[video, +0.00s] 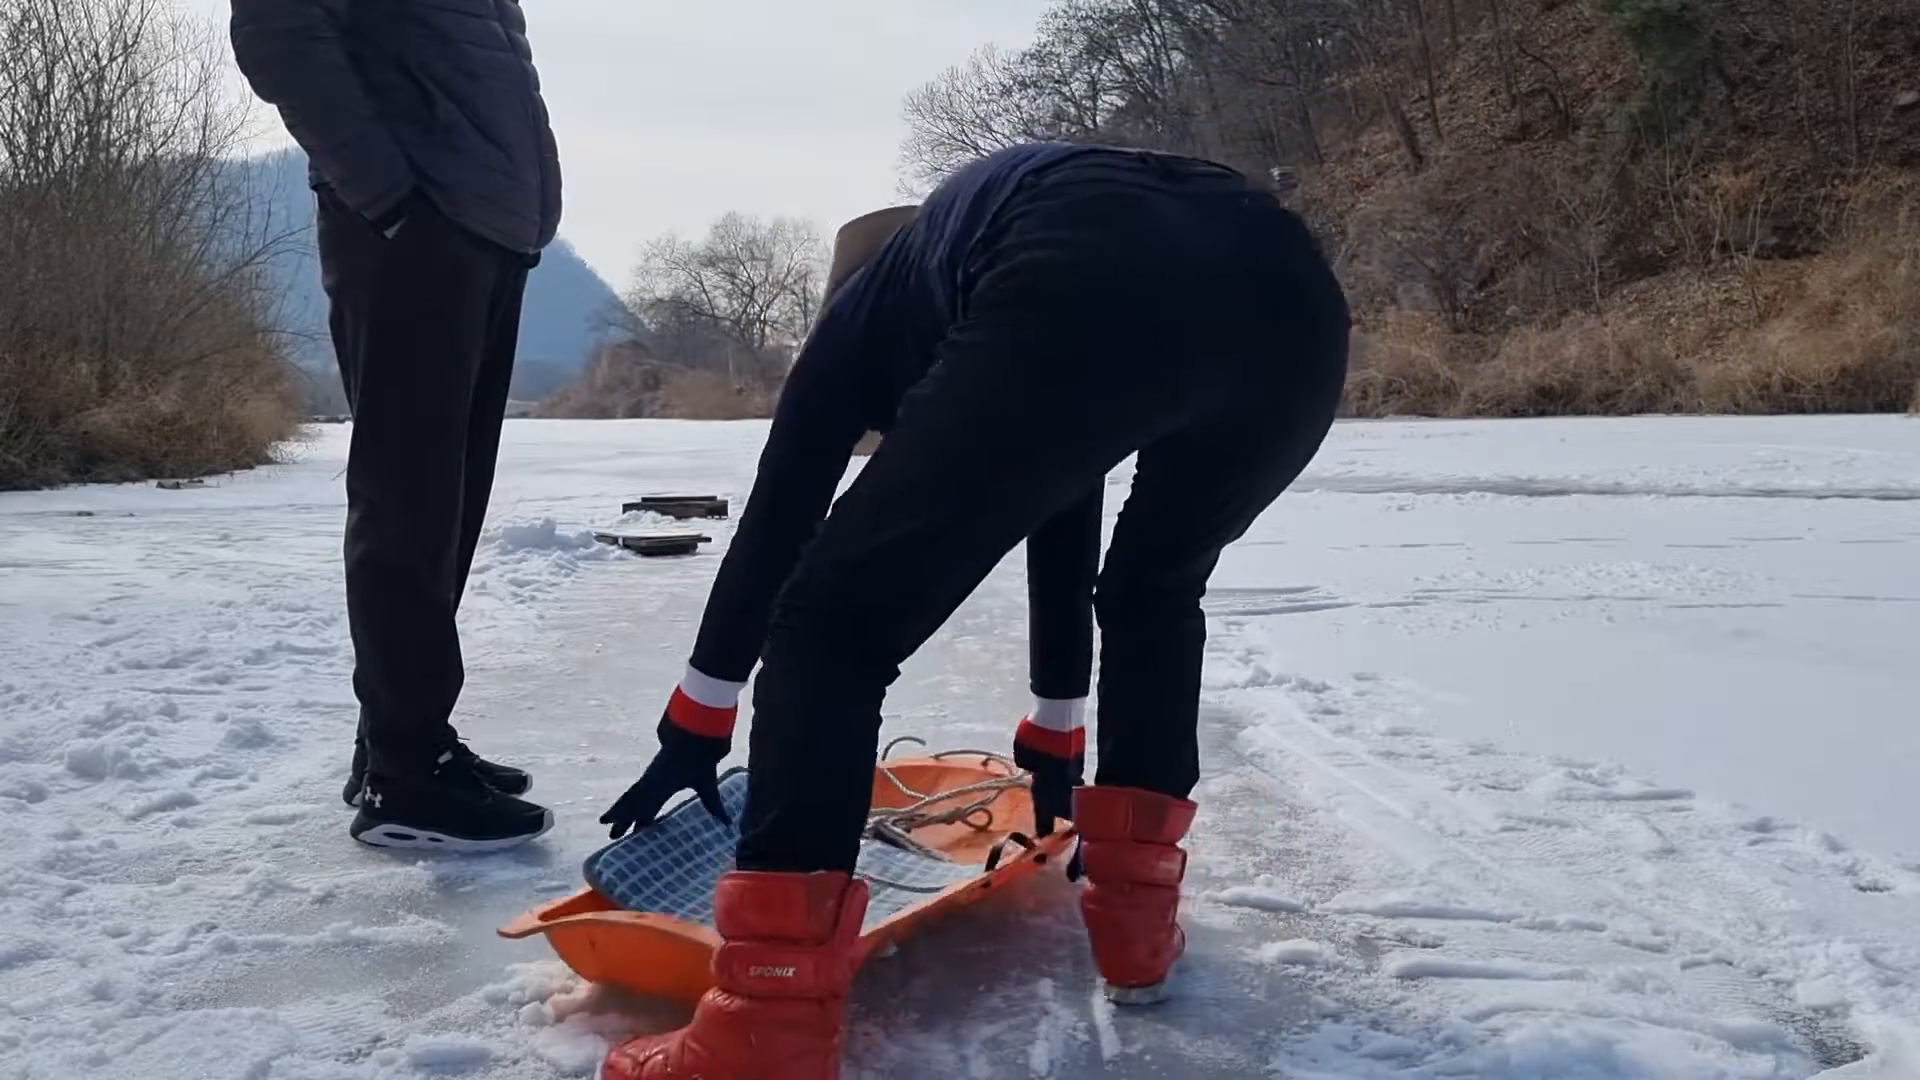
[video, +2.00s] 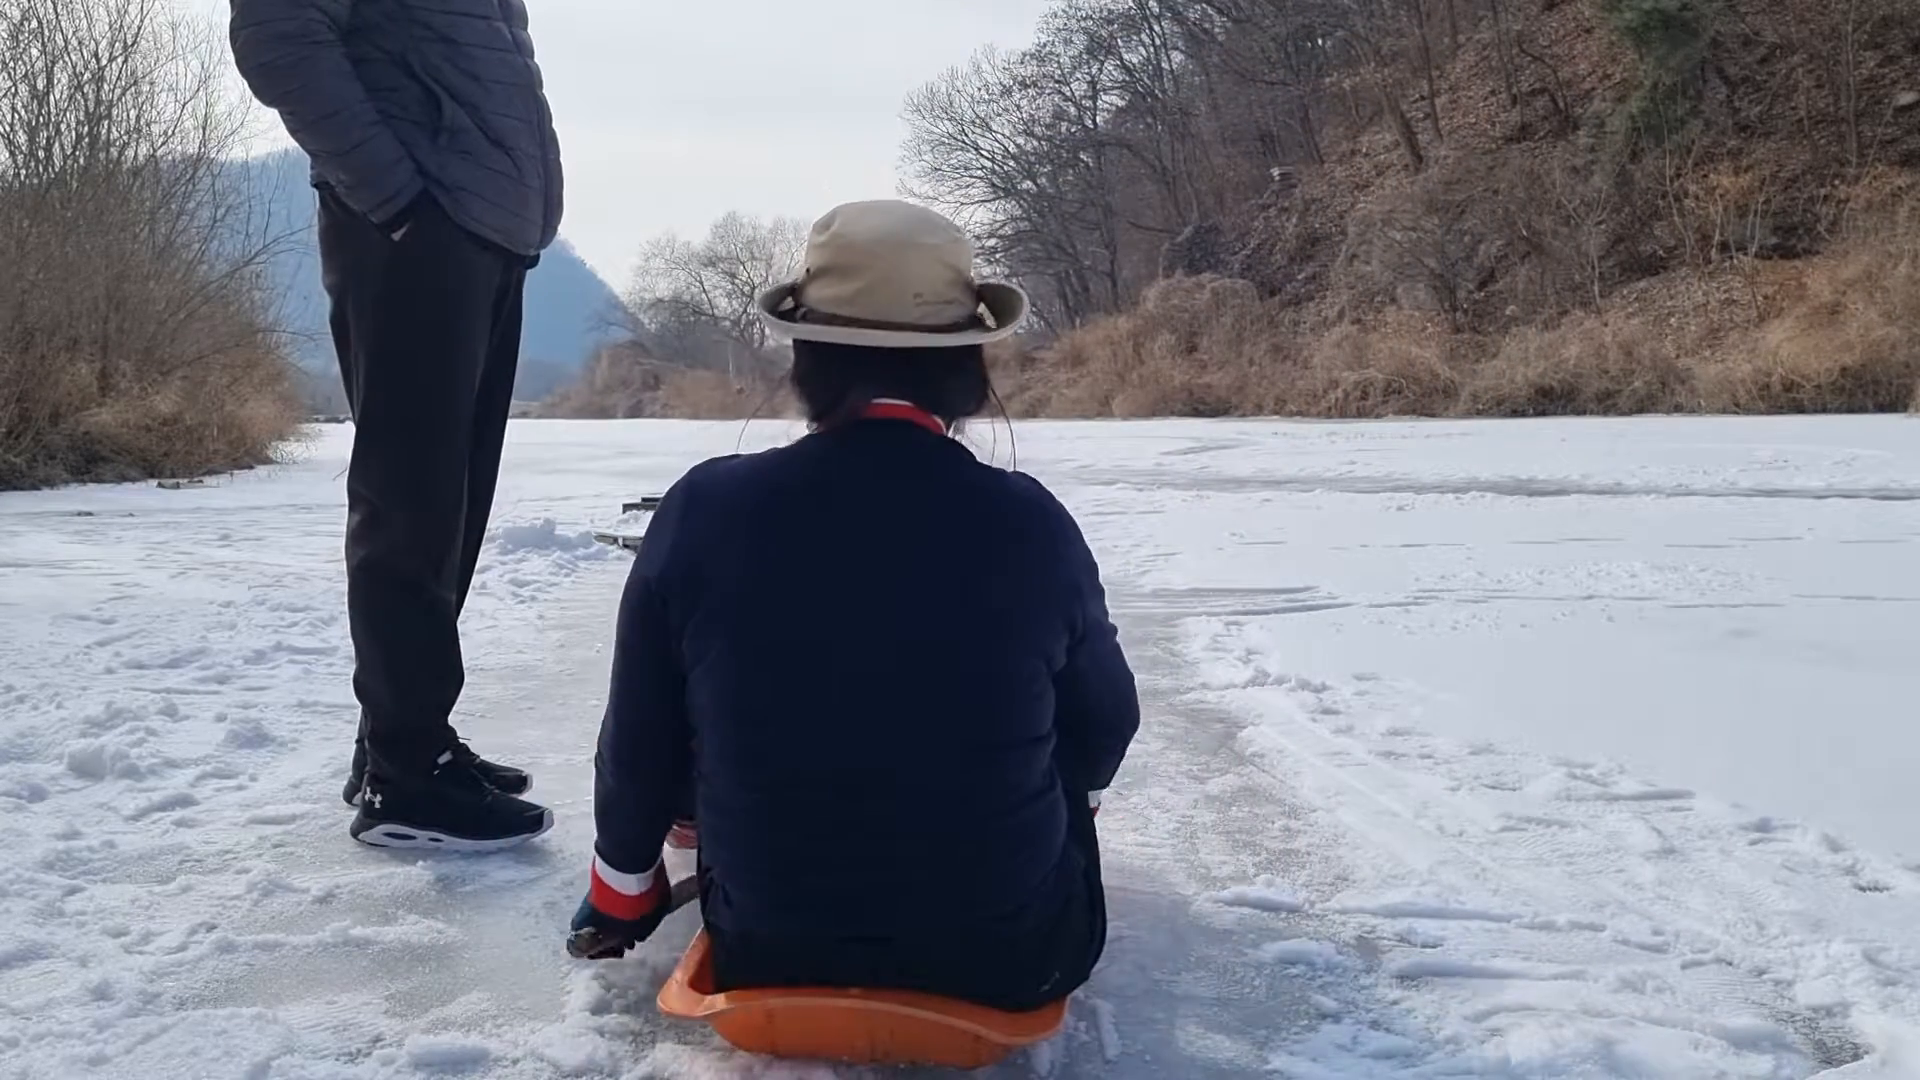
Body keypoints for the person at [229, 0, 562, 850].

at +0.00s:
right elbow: (275, 31)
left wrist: (515, 199)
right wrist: (388, 196)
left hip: (486, 229)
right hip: (410, 221)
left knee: (447, 498)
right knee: (406, 498)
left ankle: (413, 749)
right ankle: (401, 771)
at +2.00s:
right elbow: (275, 34)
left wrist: (510, 205)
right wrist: (397, 201)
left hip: (486, 236)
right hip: (414, 225)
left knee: (449, 504)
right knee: (408, 502)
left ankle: (417, 749)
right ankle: (400, 772)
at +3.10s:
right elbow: (325, 25)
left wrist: (507, 172)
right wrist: (483, 162)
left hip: (466, 209)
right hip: (411, 204)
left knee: (460, 482)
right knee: (421, 484)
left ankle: (441, 737)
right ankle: (404, 775)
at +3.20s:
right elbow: (397, 53)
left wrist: (528, 212)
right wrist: (539, 216)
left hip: (459, 209)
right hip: (408, 207)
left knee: (461, 481)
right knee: (422, 479)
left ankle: (438, 738)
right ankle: (406, 771)